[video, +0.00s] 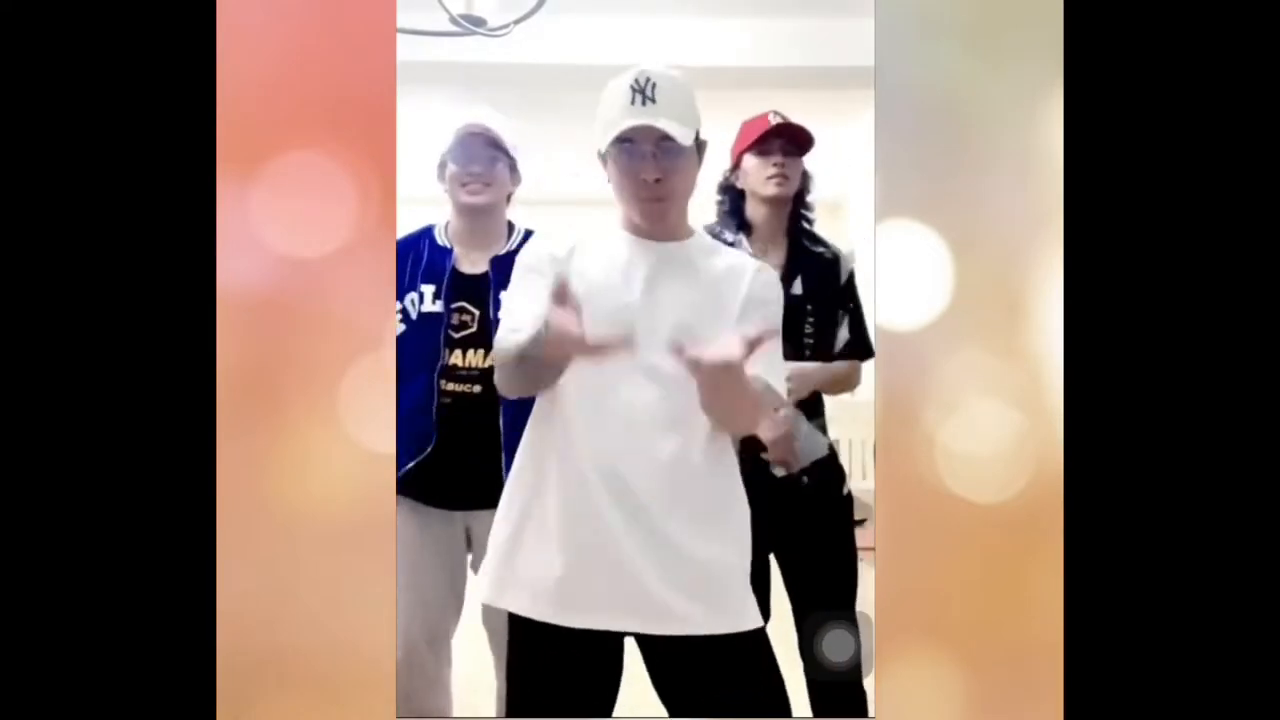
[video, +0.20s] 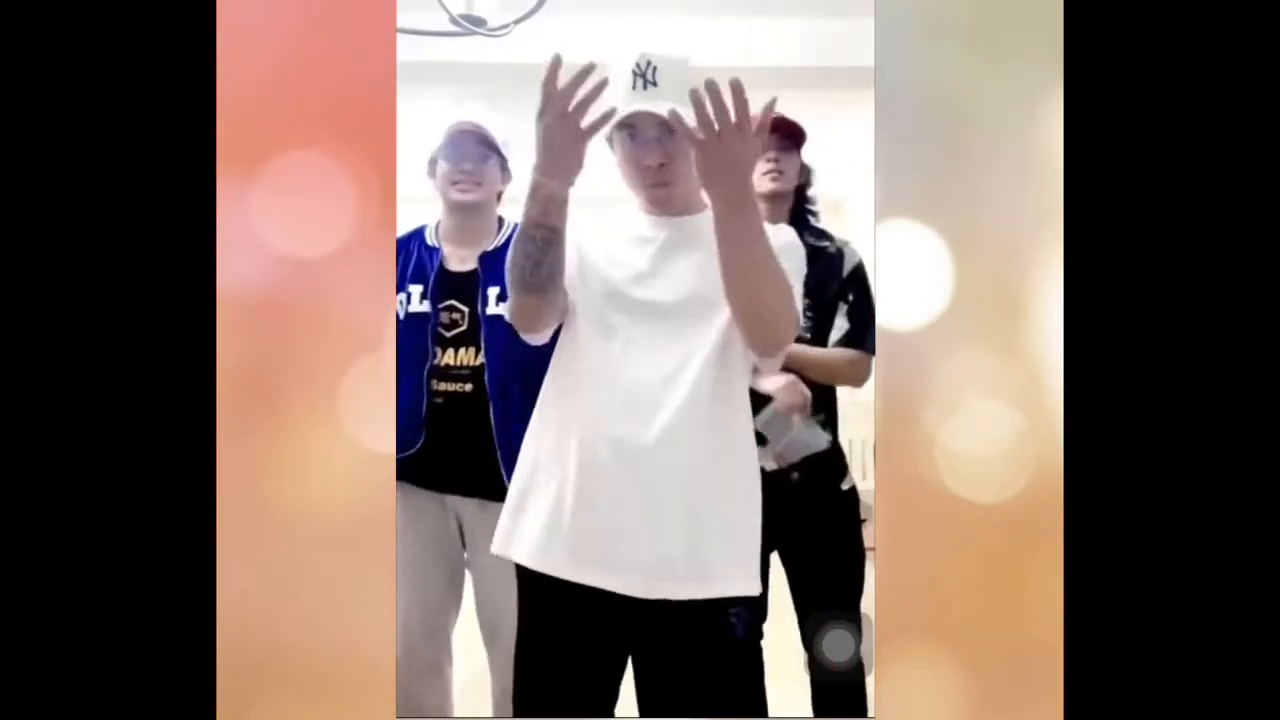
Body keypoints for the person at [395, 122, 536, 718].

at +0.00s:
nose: (475, 168)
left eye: (490, 159)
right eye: (462, 158)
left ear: (514, 178)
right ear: (442, 177)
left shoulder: (543, 261)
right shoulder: (402, 259)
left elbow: (567, 368)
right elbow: (363, 349)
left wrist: (559, 469)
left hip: (513, 484)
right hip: (420, 483)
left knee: (519, 652)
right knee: (417, 650)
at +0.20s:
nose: (464, 167)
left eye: (479, 157)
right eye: (451, 157)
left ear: (503, 179)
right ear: (431, 174)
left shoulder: (533, 258)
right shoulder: (399, 257)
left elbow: (565, 364)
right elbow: (366, 355)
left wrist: (555, 466)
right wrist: (373, 459)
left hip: (505, 489)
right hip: (414, 485)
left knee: (514, 660)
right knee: (416, 654)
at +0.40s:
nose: (472, 173)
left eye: (487, 164)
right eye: (460, 162)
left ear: (509, 184)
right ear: (439, 179)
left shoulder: (546, 263)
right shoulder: (403, 266)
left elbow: (573, 370)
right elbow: (373, 368)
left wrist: (567, 481)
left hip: (512, 497)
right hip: (419, 496)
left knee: (517, 667)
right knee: (417, 665)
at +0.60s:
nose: (497, 179)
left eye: (511, 167)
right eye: (483, 166)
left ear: (530, 181)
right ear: (459, 178)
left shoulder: (564, 260)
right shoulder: (411, 266)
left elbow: (576, 373)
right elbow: (381, 379)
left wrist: (554, 475)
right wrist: (388, 489)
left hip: (529, 495)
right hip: (436, 496)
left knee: (528, 659)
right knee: (429, 658)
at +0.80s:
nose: (520, 199)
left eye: (535, 187)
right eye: (509, 183)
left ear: (550, 196)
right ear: (480, 183)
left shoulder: (564, 273)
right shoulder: (430, 268)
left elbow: (591, 368)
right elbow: (402, 378)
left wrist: (560, 431)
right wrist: (401, 470)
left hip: (538, 496)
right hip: (451, 494)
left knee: (536, 659)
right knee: (433, 658)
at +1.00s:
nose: (532, 195)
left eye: (541, 183)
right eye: (521, 180)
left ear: (553, 188)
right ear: (489, 178)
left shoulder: (570, 266)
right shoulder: (429, 260)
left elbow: (616, 357)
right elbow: (392, 362)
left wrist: (569, 361)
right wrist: (398, 455)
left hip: (544, 489)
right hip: (456, 487)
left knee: (540, 652)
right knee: (443, 647)